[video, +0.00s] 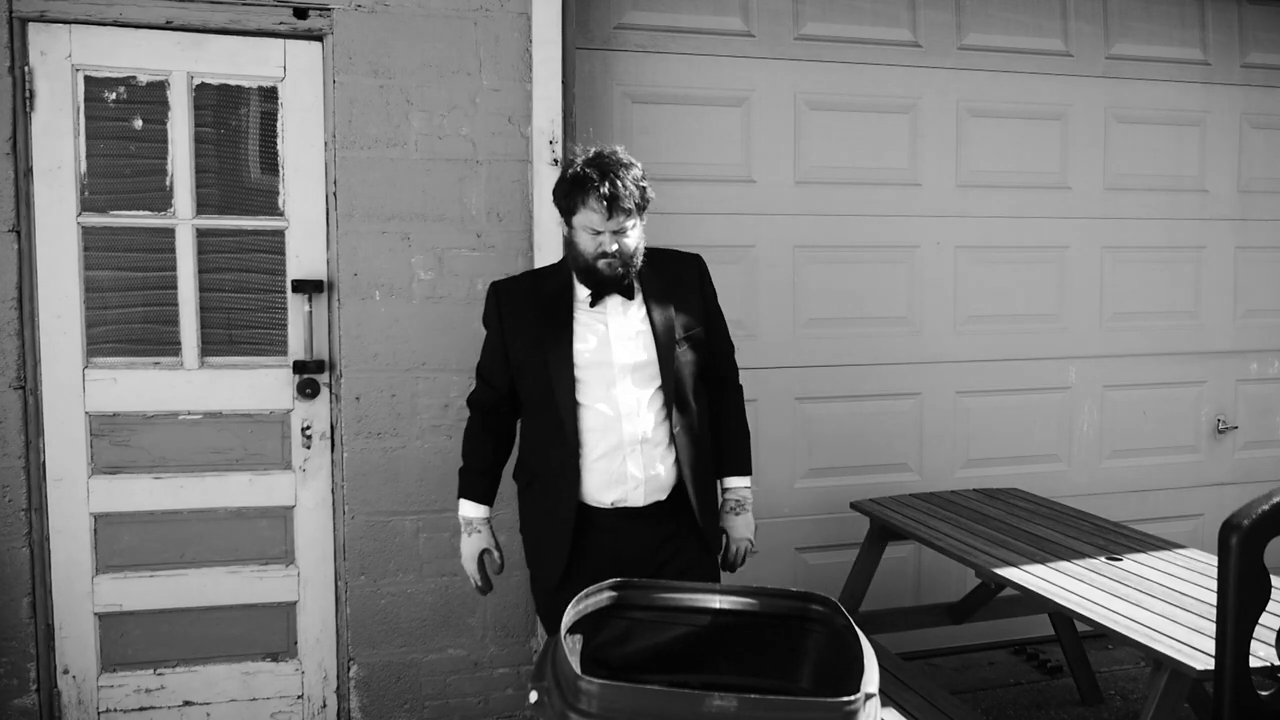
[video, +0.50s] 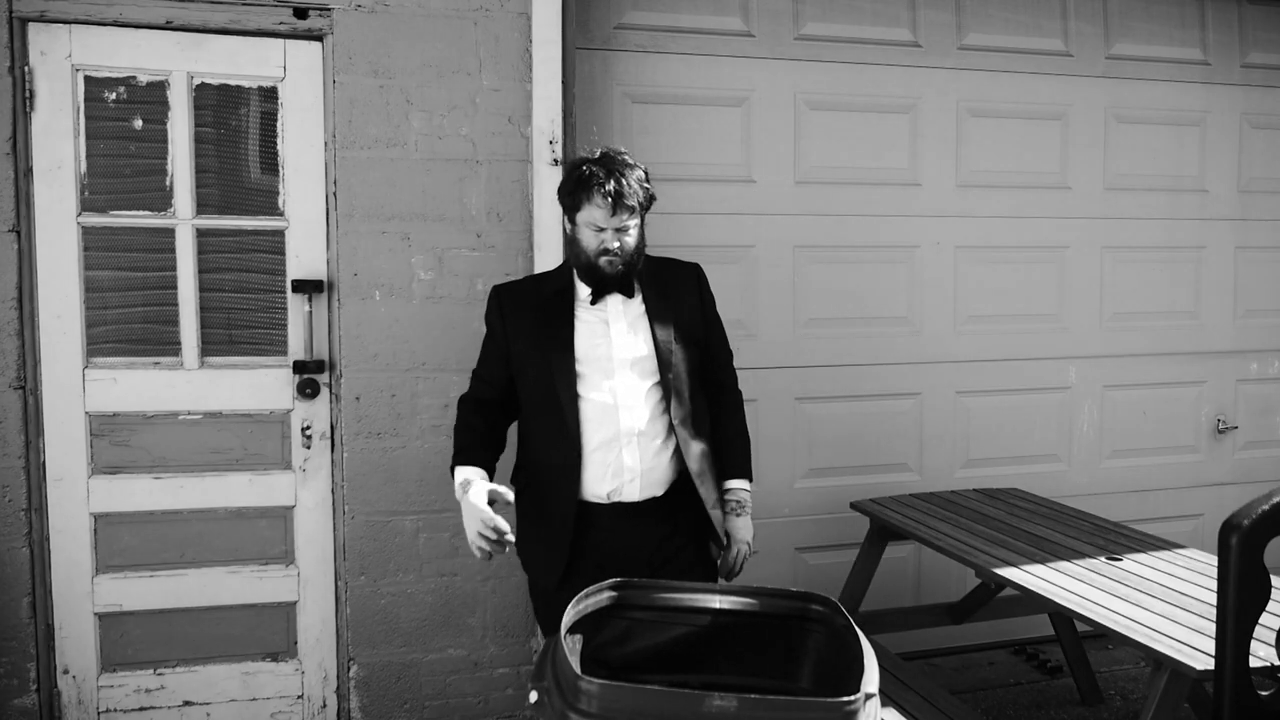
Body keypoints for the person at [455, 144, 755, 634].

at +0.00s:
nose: (610, 246)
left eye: (624, 230)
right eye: (593, 232)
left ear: (643, 222)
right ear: (567, 227)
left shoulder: (684, 279)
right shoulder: (517, 302)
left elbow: (722, 387)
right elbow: (492, 410)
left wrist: (738, 498)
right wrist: (474, 518)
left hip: (677, 528)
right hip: (573, 535)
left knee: (682, 692)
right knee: (586, 700)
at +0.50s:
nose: (613, 243)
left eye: (625, 228)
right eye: (597, 229)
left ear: (642, 223)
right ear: (568, 223)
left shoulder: (683, 287)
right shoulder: (518, 306)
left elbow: (721, 394)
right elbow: (485, 404)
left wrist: (738, 500)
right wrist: (470, 483)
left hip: (675, 529)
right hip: (570, 536)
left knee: (680, 696)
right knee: (585, 703)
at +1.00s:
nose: (602, 252)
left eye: (615, 236)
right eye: (585, 239)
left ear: (634, 224)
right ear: (558, 235)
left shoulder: (678, 285)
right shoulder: (530, 287)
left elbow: (718, 391)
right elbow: (455, 264)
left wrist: (735, 499)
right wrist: (533, 191)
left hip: (672, 523)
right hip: (568, 526)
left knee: (677, 688)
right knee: (578, 687)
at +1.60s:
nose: (604, 251)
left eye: (616, 235)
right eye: (586, 237)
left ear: (634, 224)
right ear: (558, 233)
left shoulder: (679, 286)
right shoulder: (529, 286)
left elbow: (720, 393)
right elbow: (455, 257)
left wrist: (737, 500)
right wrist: (533, 189)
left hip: (670, 527)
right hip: (566, 529)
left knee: (675, 692)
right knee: (577, 689)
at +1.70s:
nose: (603, 250)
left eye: (615, 234)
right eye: (586, 236)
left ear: (634, 225)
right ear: (558, 232)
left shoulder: (679, 286)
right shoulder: (530, 286)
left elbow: (720, 393)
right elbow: (455, 258)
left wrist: (736, 500)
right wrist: (533, 188)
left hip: (669, 527)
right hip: (566, 529)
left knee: (677, 691)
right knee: (577, 689)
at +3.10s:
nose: (654, 243)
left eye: (656, 227)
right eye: (640, 230)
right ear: (593, 228)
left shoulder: (674, 285)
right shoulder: (512, 303)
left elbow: (710, 388)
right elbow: (489, 412)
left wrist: (730, 493)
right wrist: (510, 523)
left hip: (674, 528)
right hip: (577, 535)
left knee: (680, 691)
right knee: (583, 694)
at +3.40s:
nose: (660, 240)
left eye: (660, 224)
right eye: (646, 225)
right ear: (597, 225)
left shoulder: (672, 286)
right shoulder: (515, 304)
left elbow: (707, 389)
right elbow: (485, 416)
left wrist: (729, 492)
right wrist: (477, 528)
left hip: (674, 531)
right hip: (575, 538)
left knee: (682, 699)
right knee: (586, 707)